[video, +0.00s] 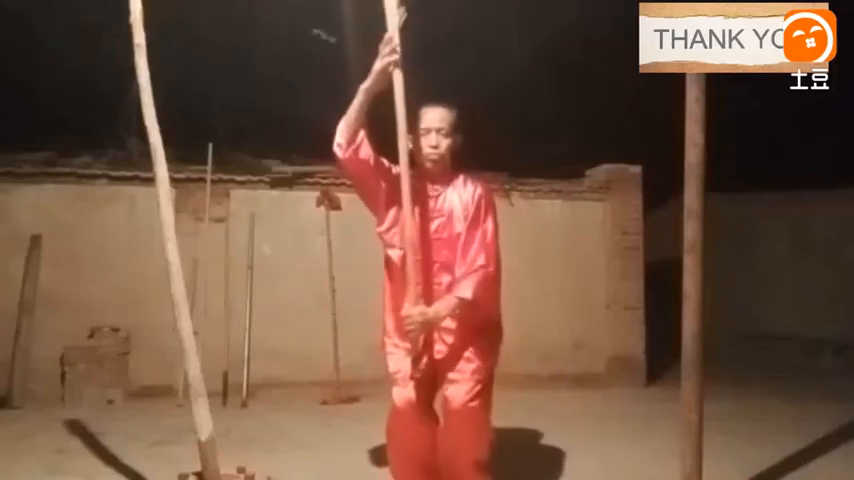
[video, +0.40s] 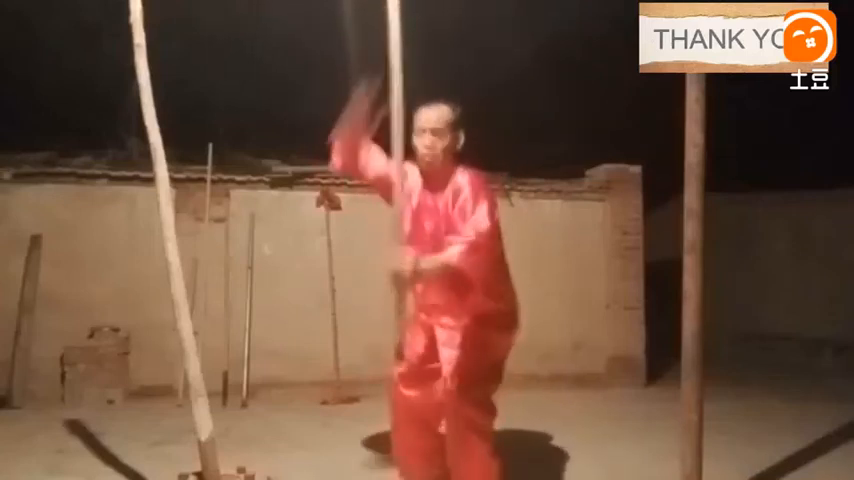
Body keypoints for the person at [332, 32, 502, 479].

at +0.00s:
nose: (434, 140)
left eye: (443, 133)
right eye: (426, 132)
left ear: (457, 141)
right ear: (412, 139)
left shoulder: (473, 195)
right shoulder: (392, 188)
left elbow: (479, 272)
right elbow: (346, 146)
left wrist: (436, 312)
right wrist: (372, 82)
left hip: (463, 329)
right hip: (406, 331)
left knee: (462, 410)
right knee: (406, 411)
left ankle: (467, 476)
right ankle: (412, 477)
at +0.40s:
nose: (426, 141)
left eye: (436, 133)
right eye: (420, 132)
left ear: (456, 140)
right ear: (412, 138)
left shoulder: (470, 185)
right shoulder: (405, 179)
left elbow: (475, 247)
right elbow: (352, 158)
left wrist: (420, 266)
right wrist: (357, 111)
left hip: (475, 314)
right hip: (426, 314)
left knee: (461, 399)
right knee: (410, 393)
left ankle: (475, 474)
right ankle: (420, 473)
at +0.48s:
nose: (431, 148)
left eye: (441, 140)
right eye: (425, 139)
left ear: (460, 146)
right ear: (416, 145)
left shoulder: (471, 191)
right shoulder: (409, 186)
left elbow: (464, 256)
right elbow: (368, 178)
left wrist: (414, 286)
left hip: (480, 318)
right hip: (433, 316)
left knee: (459, 399)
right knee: (409, 387)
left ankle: (473, 474)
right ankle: (420, 464)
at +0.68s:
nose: (427, 164)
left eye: (437, 156)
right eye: (422, 155)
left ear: (457, 162)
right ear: (415, 161)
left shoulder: (459, 206)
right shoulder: (423, 204)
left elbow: (454, 254)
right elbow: (396, 218)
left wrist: (422, 285)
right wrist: (345, 203)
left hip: (476, 327)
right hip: (443, 325)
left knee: (454, 401)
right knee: (433, 407)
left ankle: (472, 472)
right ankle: (457, 471)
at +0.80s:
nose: (420, 172)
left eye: (430, 164)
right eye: (416, 164)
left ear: (449, 171)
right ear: (409, 170)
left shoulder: (452, 210)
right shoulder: (419, 209)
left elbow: (428, 234)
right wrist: (341, 201)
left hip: (466, 332)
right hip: (439, 331)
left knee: (455, 429)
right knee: (438, 431)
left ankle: (467, 474)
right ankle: (448, 473)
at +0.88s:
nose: (418, 175)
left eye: (427, 167)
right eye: (414, 167)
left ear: (446, 173)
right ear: (409, 173)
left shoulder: (450, 209)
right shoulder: (422, 212)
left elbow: (439, 240)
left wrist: (390, 196)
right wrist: (426, 339)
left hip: (472, 321)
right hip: (444, 319)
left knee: (445, 382)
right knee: (416, 370)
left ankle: (466, 470)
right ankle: (432, 447)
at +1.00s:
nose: (419, 178)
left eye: (429, 171)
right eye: (414, 171)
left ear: (444, 176)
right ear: (408, 176)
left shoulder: (451, 213)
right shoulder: (420, 213)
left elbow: (441, 242)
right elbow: (394, 213)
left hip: (466, 317)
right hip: (435, 317)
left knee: (432, 369)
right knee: (412, 371)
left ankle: (463, 467)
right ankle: (429, 439)